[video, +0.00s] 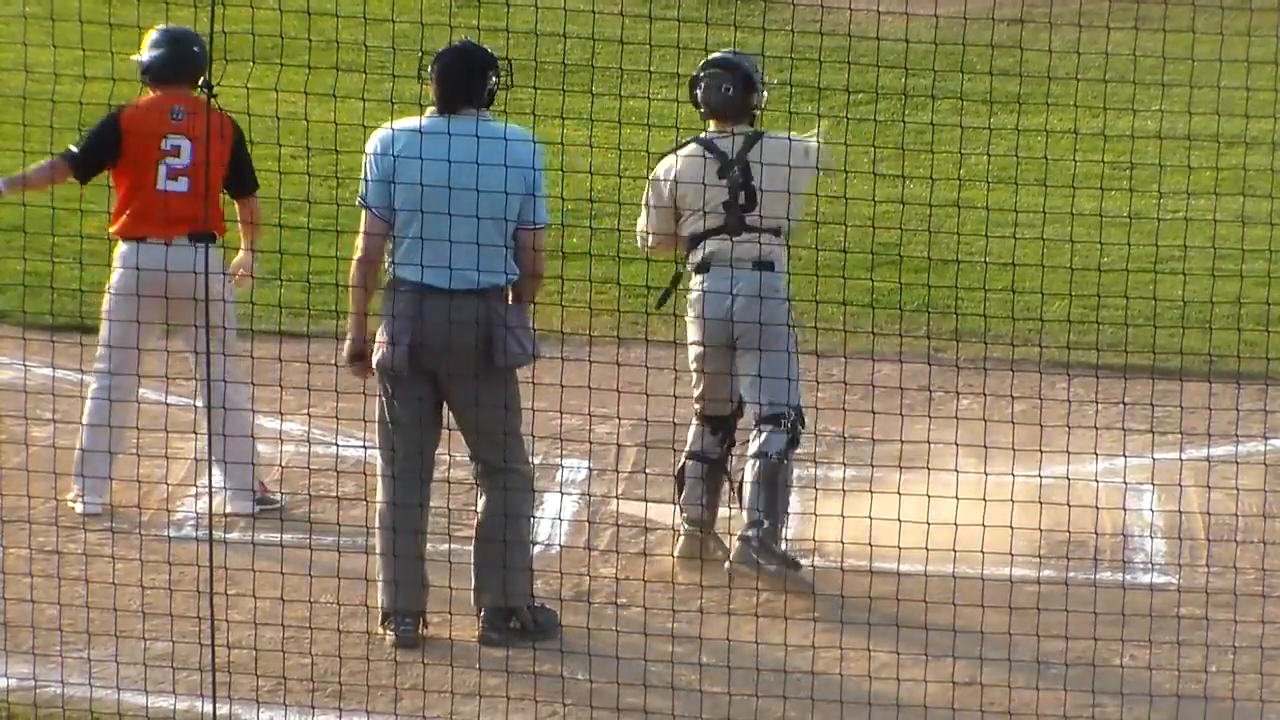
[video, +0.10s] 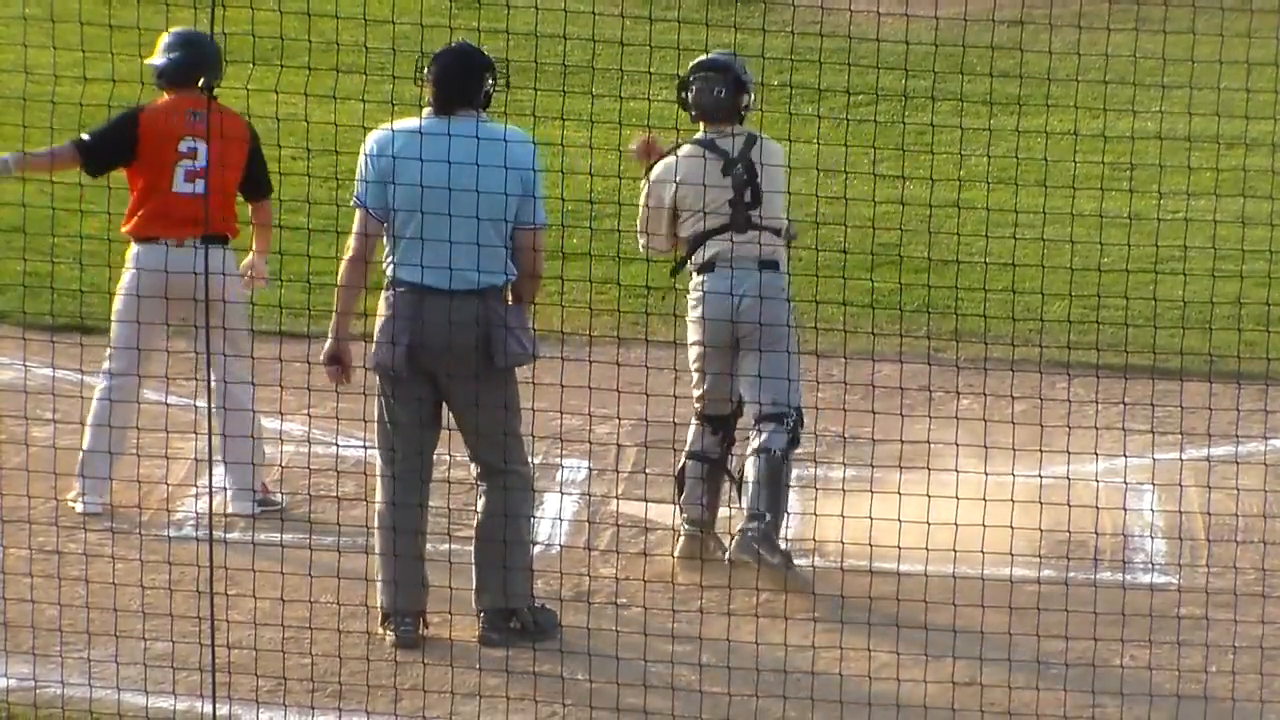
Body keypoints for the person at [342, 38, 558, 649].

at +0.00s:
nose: (485, 95)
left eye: (434, 83)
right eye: (488, 86)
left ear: (431, 88)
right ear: (488, 91)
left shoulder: (390, 143)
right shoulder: (520, 147)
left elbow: (369, 251)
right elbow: (532, 255)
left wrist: (358, 329)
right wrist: (519, 315)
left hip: (407, 321)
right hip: (482, 325)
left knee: (403, 471)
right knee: (504, 469)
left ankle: (401, 613)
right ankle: (506, 608)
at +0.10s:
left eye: (426, 87)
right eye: (486, 90)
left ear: (428, 90)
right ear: (484, 93)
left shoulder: (385, 144)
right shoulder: (517, 148)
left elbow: (358, 253)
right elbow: (529, 256)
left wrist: (339, 333)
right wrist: (517, 316)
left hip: (403, 323)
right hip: (478, 327)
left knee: (402, 473)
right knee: (504, 469)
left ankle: (402, 614)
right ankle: (505, 607)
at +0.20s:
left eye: (428, 86)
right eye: (484, 91)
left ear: (427, 90)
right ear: (483, 94)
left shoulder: (382, 144)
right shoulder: (514, 147)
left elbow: (352, 252)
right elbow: (528, 259)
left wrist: (328, 331)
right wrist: (518, 320)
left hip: (402, 324)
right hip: (477, 328)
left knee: (400, 470)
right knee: (505, 470)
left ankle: (402, 615)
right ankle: (505, 608)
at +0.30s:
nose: (484, 100)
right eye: (486, 91)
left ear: (427, 91)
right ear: (483, 95)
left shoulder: (383, 143)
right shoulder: (514, 146)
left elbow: (352, 251)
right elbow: (529, 258)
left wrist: (329, 331)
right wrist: (526, 329)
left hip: (403, 324)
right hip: (479, 327)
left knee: (400, 469)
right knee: (507, 467)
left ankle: (401, 614)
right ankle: (506, 607)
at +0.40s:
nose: (492, 98)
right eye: (492, 90)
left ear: (430, 89)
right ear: (485, 93)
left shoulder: (386, 143)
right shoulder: (516, 146)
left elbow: (357, 252)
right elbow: (532, 256)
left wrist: (341, 331)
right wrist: (537, 332)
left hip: (407, 324)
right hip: (484, 328)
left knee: (402, 469)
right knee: (516, 465)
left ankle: (400, 614)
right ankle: (513, 605)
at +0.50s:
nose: (498, 97)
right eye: (499, 89)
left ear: (438, 88)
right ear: (495, 92)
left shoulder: (394, 141)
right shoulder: (523, 146)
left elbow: (368, 250)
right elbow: (539, 254)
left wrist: (358, 329)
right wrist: (542, 332)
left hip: (414, 323)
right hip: (492, 325)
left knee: (406, 470)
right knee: (521, 467)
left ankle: (402, 613)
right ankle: (525, 607)